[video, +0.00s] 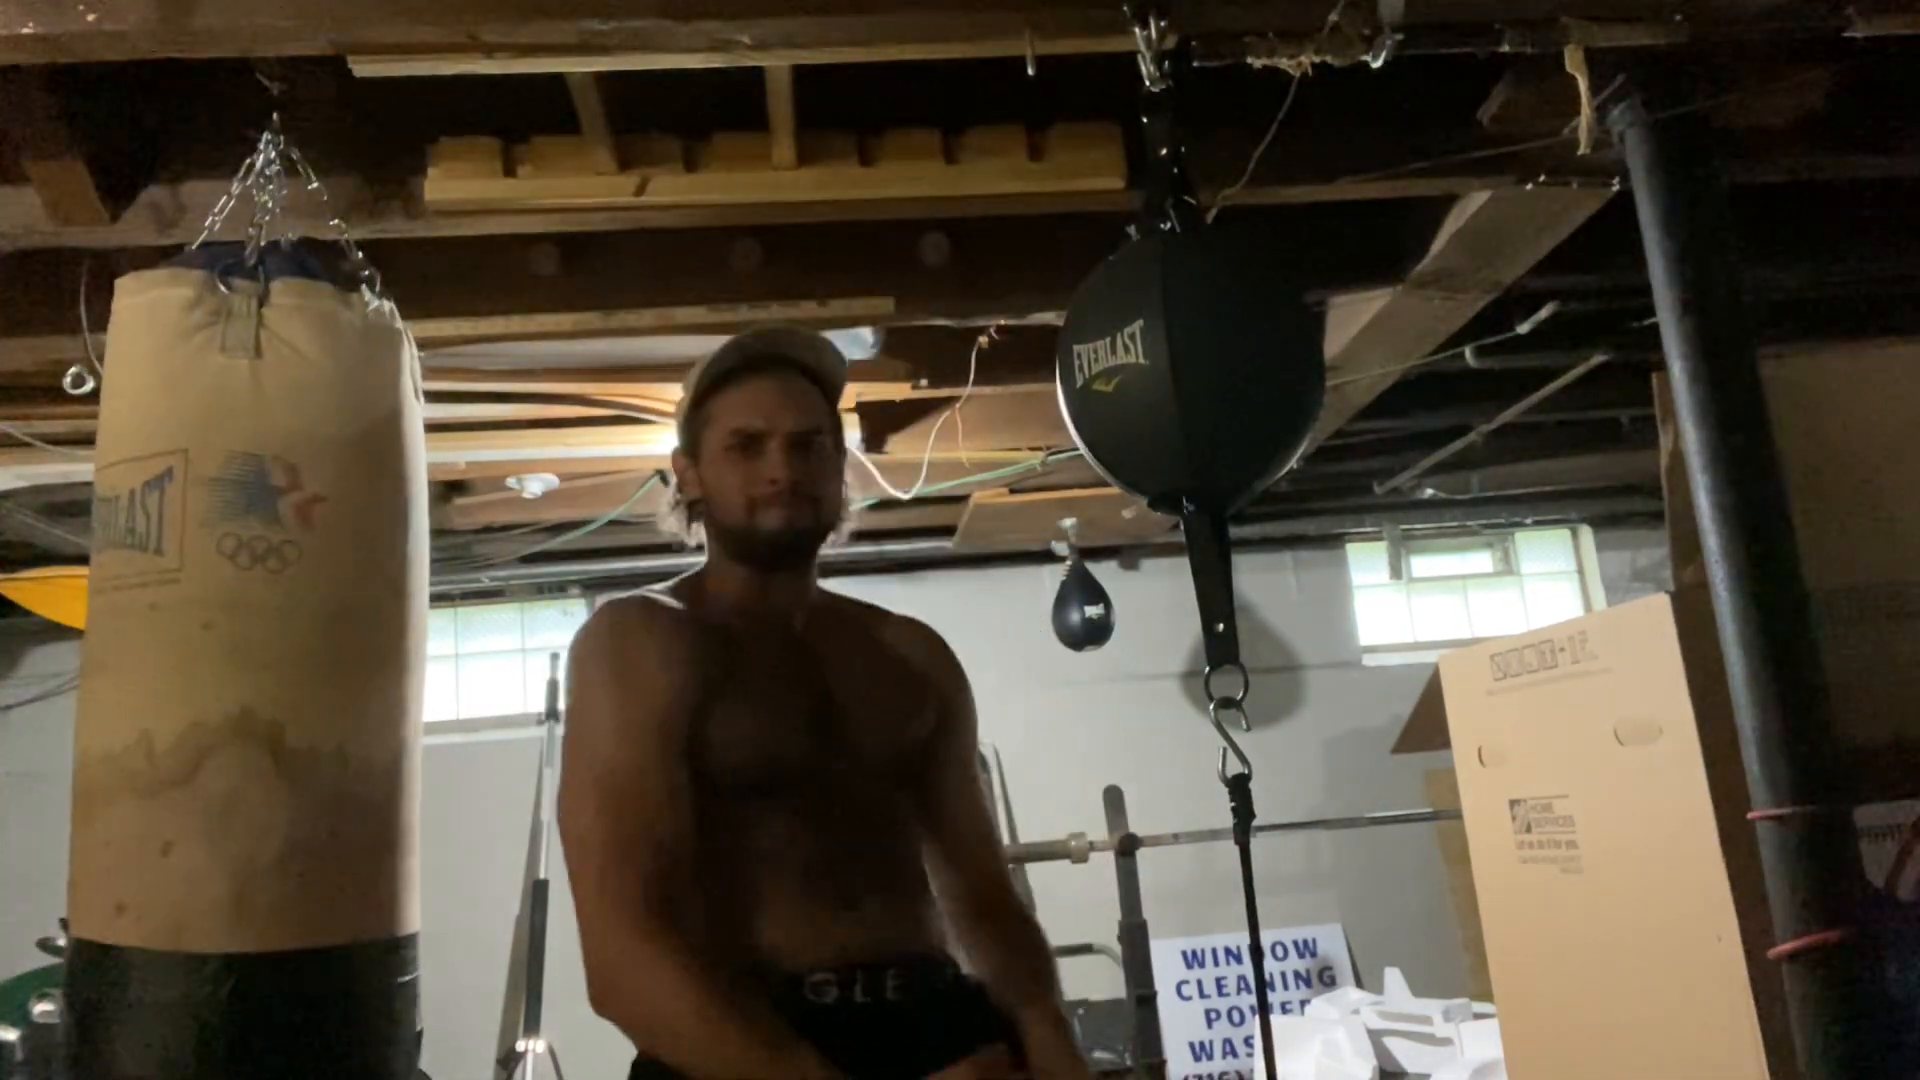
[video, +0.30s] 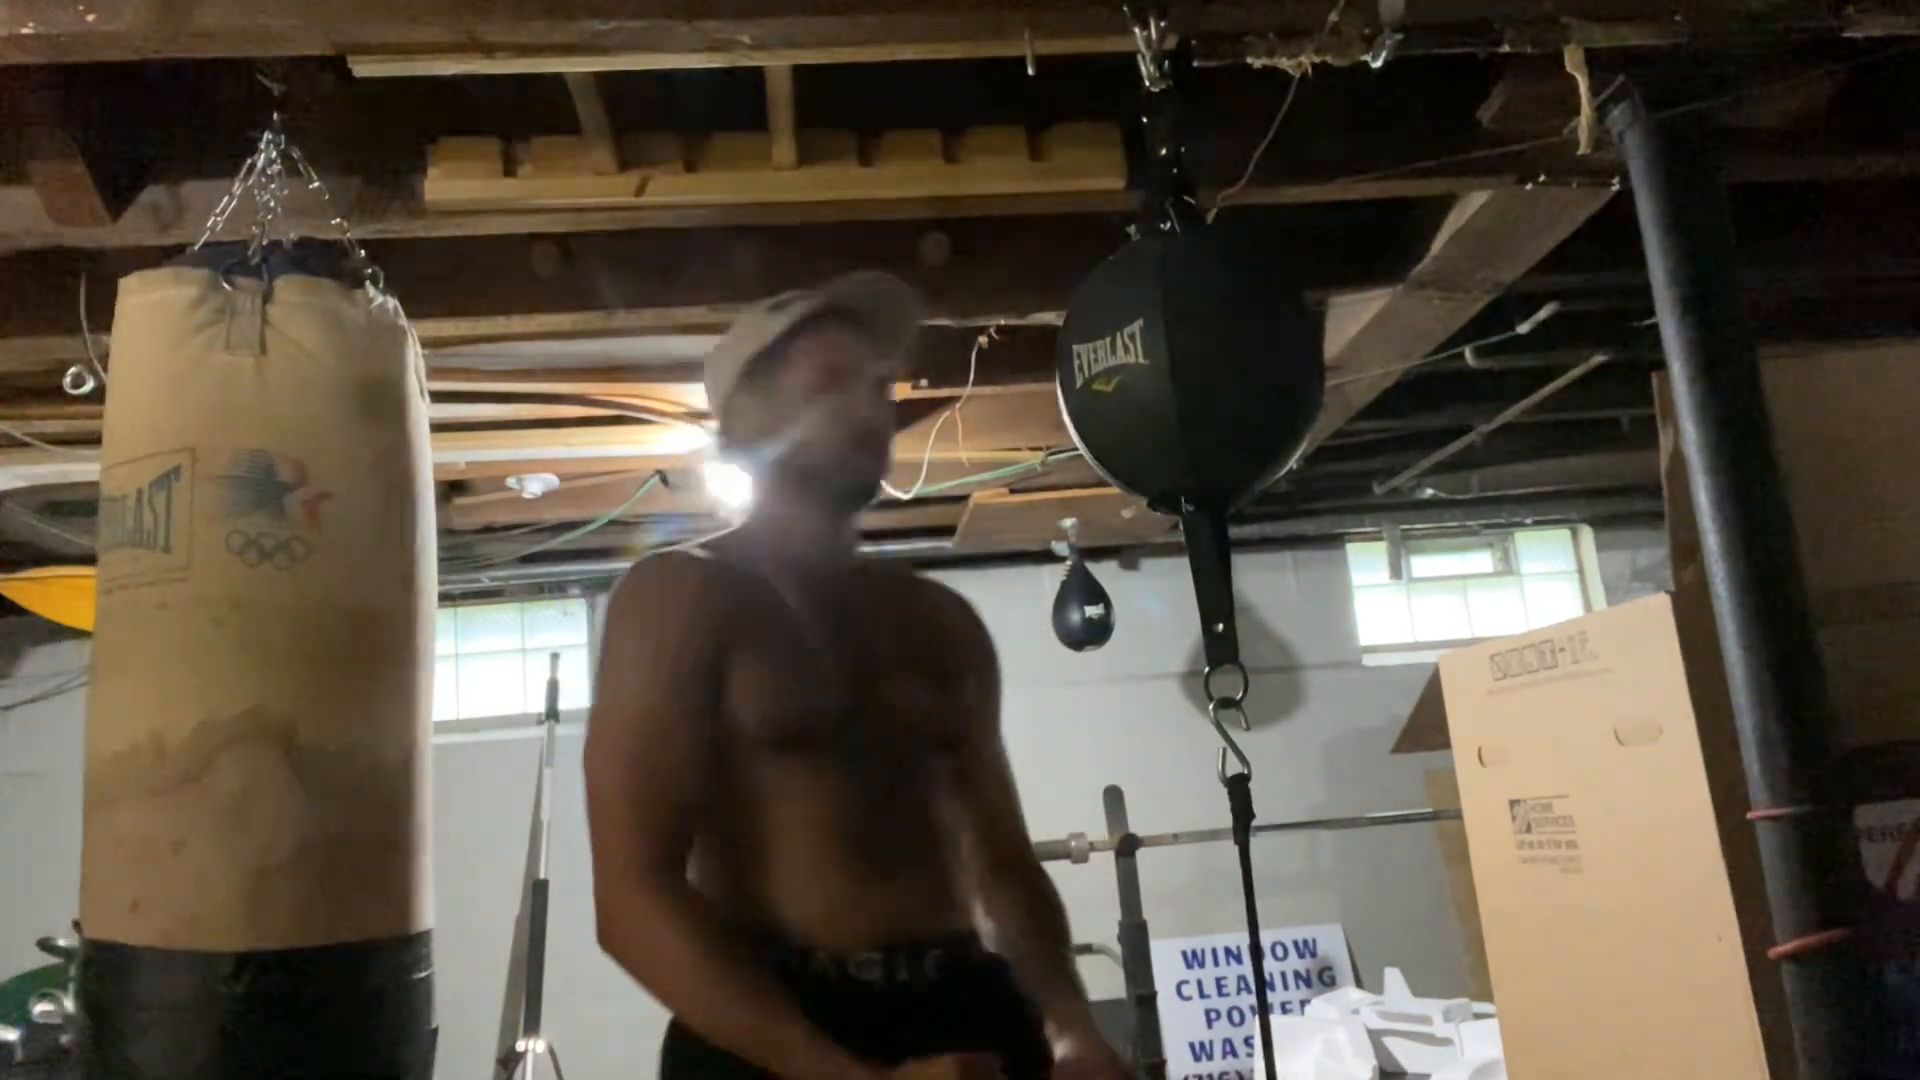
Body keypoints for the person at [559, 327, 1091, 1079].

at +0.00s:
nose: (782, 472)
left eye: (806, 446)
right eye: (744, 446)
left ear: (842, 476)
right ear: (688, 476)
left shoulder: (915, 658)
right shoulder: (639, 646)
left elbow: (989, 909)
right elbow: (629, 966)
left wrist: (1052, 1046)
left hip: (929, 1014)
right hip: (739, 1027)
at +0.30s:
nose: (873, 411)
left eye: (882, 386)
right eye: (833, 384)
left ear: (898, 413)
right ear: (752, 421)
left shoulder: (945, 624)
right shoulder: (683, 599)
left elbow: (1006, 866)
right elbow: (635, 902)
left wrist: (1075, 1032)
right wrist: (849, 1070)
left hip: (958, 1010)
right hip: (772, 1021)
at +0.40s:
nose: (926, 404)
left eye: (920, 379)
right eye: (884, 377)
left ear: (924, 405)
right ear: (797, 410)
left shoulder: (966, 612)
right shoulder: (710, 592)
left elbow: (1018, 853)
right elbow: (634, 887)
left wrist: (1099, 992)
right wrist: (834, 1057)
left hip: (988, 1021)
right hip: (792, 1028)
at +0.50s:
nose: (982, 397)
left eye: (972, 370)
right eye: (948, 369)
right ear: (855, 393)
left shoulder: (1006, 591)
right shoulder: (735, 585)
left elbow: (1048, 812)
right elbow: (636, 865)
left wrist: (1162, 934)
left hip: (1008, 1011)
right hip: (816, 1024)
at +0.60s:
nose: (990, 392)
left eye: (981, 367)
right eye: (954, 365)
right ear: (858, 391)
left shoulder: (1024, 586)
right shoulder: (737, 585)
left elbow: (1084, 792)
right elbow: (617, 857)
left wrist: (1217, 932)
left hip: (1014, 1001)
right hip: (818, 1006)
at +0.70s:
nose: (966, 393)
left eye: (958, 368)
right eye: (930, 369)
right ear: (835, 404)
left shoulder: (1010, 575)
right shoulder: (733, 587)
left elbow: (1105, 749)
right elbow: (625, 831)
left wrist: (1216, 847)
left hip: (1014, 1000)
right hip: (820, 1009)